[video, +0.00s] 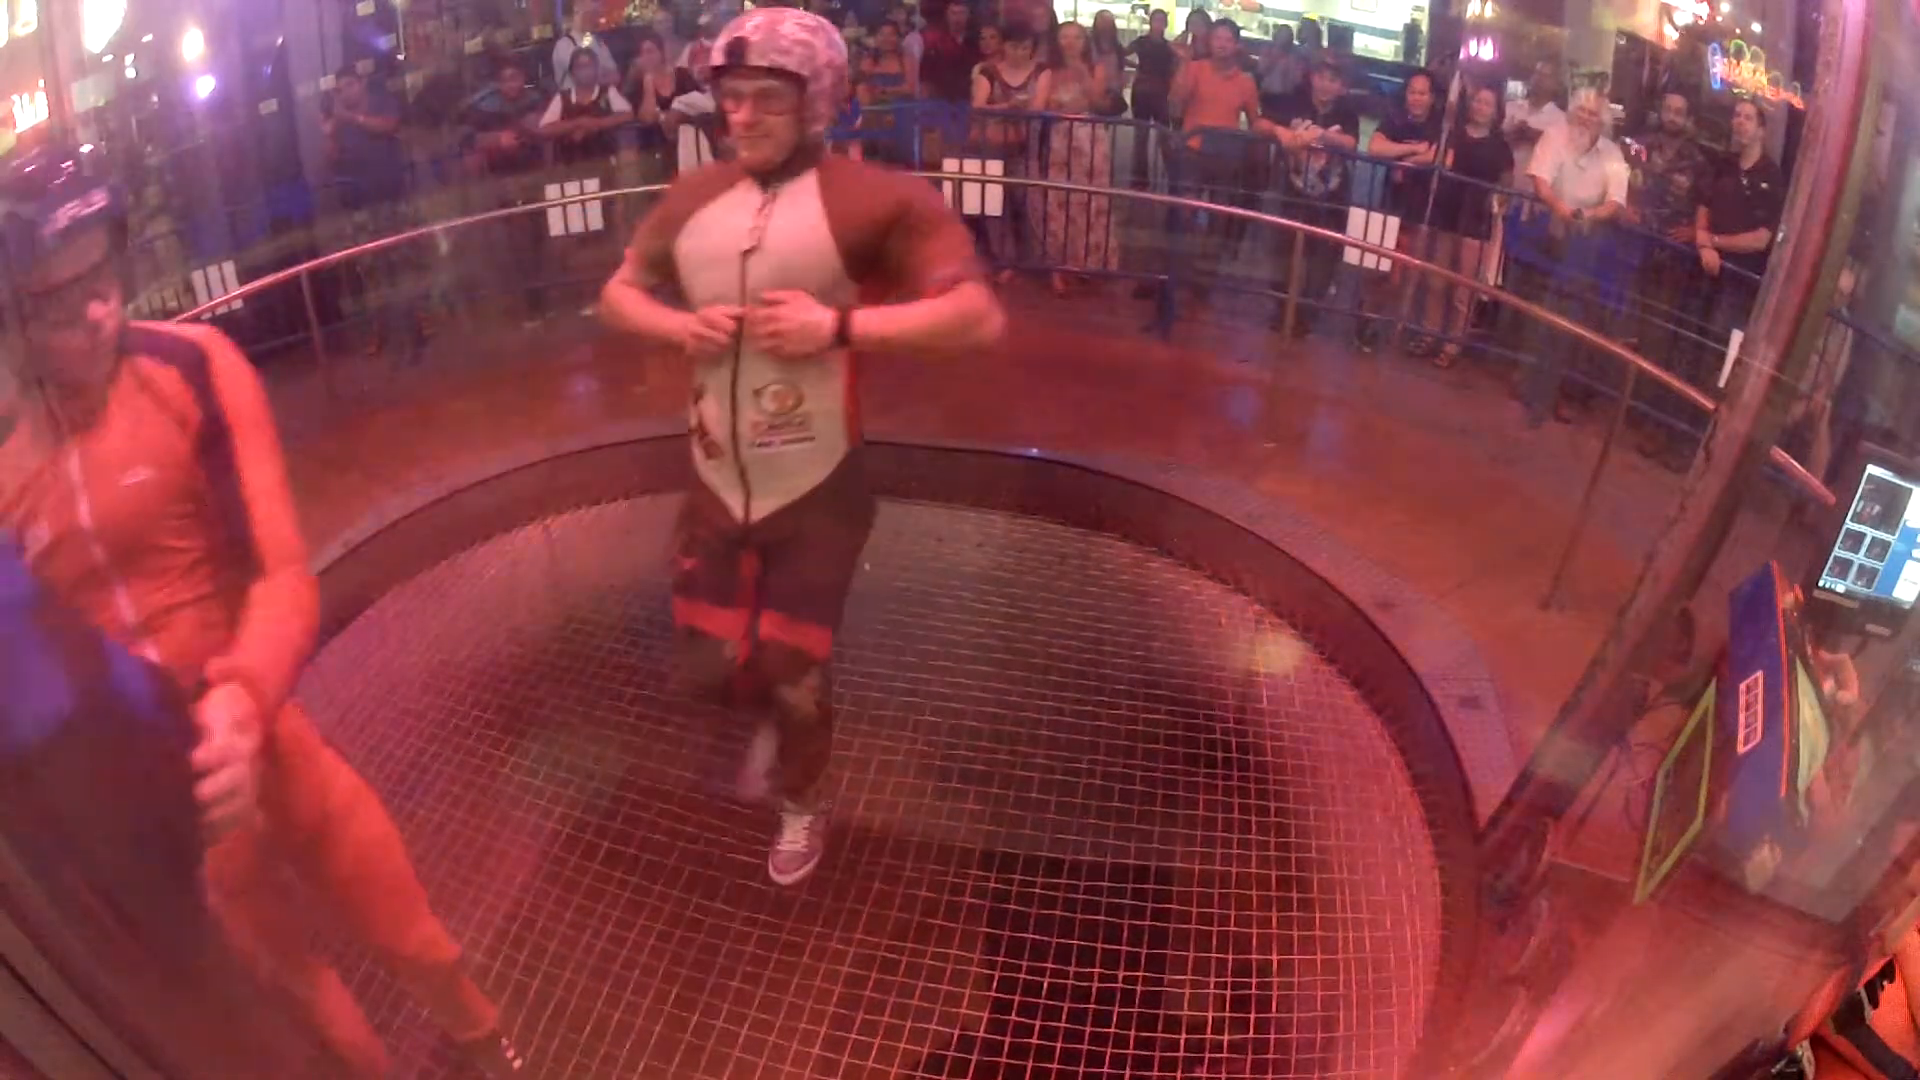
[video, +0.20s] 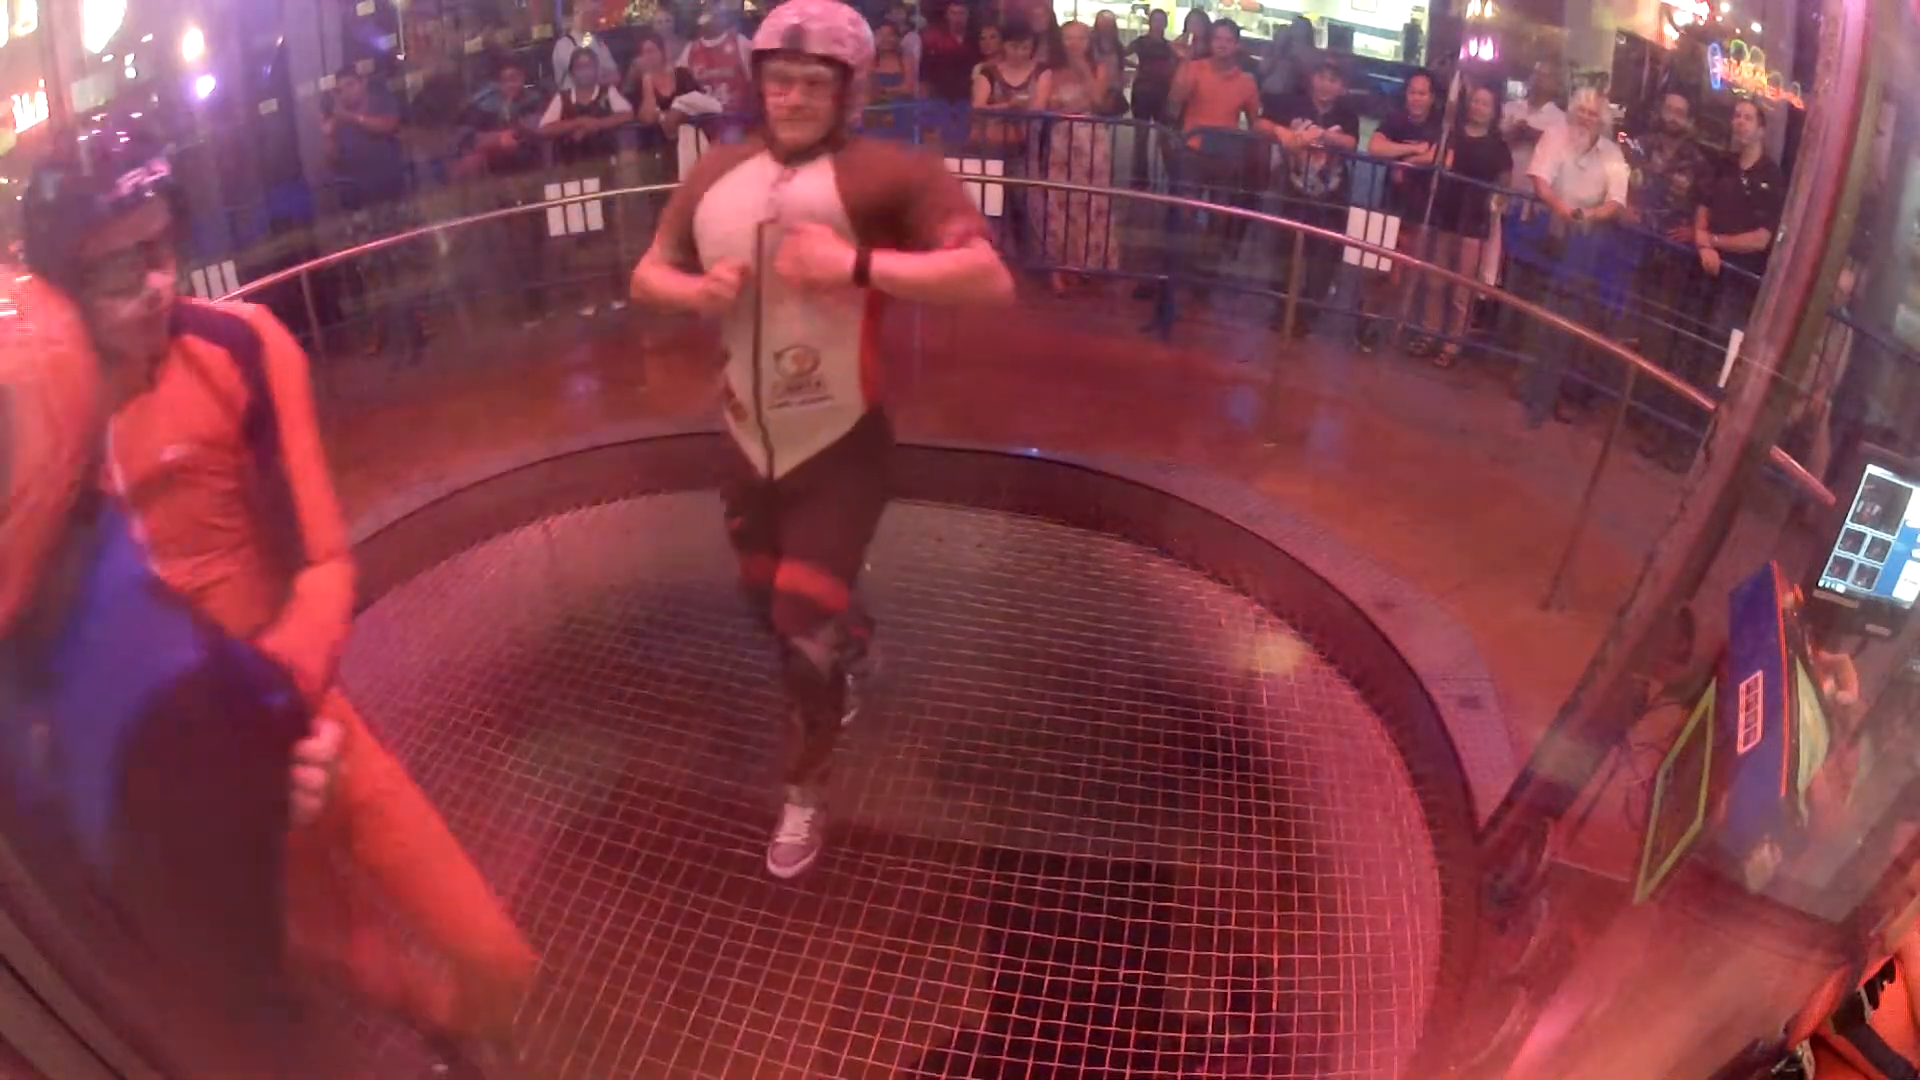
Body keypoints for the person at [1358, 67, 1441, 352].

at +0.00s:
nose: (1416, 98)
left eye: (1422, 93)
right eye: (1412, 92)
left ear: (1433, 98)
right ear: (1405, 95)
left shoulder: (1439, 128)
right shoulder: (1394, 121)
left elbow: (1441, 159)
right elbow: (1375, 147)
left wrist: (1407, 160)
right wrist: (1417, 148)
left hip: (1423, 213)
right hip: (1391, 209)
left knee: (1409, 275)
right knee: (1379, 269)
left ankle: (1399, 326)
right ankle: (1367, 320)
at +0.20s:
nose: (1416, 98)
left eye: (1422, 93)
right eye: (1412, 92)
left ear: (1432, 99)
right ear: (1405, 95)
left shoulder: (1440, 128)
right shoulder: (1395, 120)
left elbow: (1441, 159)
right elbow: (1375, 147)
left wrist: (1406, 159)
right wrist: (1416, 149)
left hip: (1424, 212)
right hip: (1391, 208)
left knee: (1409, 275)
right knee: (1378, 269)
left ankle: (1399, 326)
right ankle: (1367, 320)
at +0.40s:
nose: (1416, 98)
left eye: (1422, 93)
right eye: (1412, 92)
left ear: (1432, 98)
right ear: (1405, 95)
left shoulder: (1440, 128)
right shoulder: (1395, 120)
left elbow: (1442, 160)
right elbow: (1375, 147)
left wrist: (1406, 159)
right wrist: (1416, 149)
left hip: (1425, 212)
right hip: (1393, 208)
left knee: (1410, 274)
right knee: (1379, 268)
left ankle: (1400, 326)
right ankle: (1369, 321)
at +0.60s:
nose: (1416, 99)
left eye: (1422, 94)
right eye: (1412, 93)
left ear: (1433, 99)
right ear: (1404, 95)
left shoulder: (1439, 129)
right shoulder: (1394, 121)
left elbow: (1441, 160)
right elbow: (1375, 148)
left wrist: (1405, 159)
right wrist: (1416, 148)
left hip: (1422, 213)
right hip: (1391, 209)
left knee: (1407, 274)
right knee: (1381, 270)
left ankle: (1396, 326)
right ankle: (1370, 316)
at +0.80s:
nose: (1416, 99)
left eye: (1422, 94)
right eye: (1412, 93)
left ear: (1433, 99)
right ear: (1404, 95)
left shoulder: (1439, 129)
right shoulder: (1394, 121)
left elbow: (1440, 160)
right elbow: (1375, 148)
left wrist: (1405, 158)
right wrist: (1416, 149)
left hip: (1421, 213)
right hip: (1390, 209)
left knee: (1407, 274)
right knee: (1380, 269)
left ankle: (1396, 326)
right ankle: (1369, 317)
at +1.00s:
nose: (1417, 99)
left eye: (1423, 93)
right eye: (1412, 93)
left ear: (1433, 98)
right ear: (1405, 95)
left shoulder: (1439, 129)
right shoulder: (1394, 121)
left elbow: (1441, 160)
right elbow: (1375, 148)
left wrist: (1406, 158)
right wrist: (1416, 148)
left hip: (1420, 214)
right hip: (1389, 209)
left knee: (1405, 276)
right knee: (1379, 271)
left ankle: (1394, 326)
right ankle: (1369, 319)